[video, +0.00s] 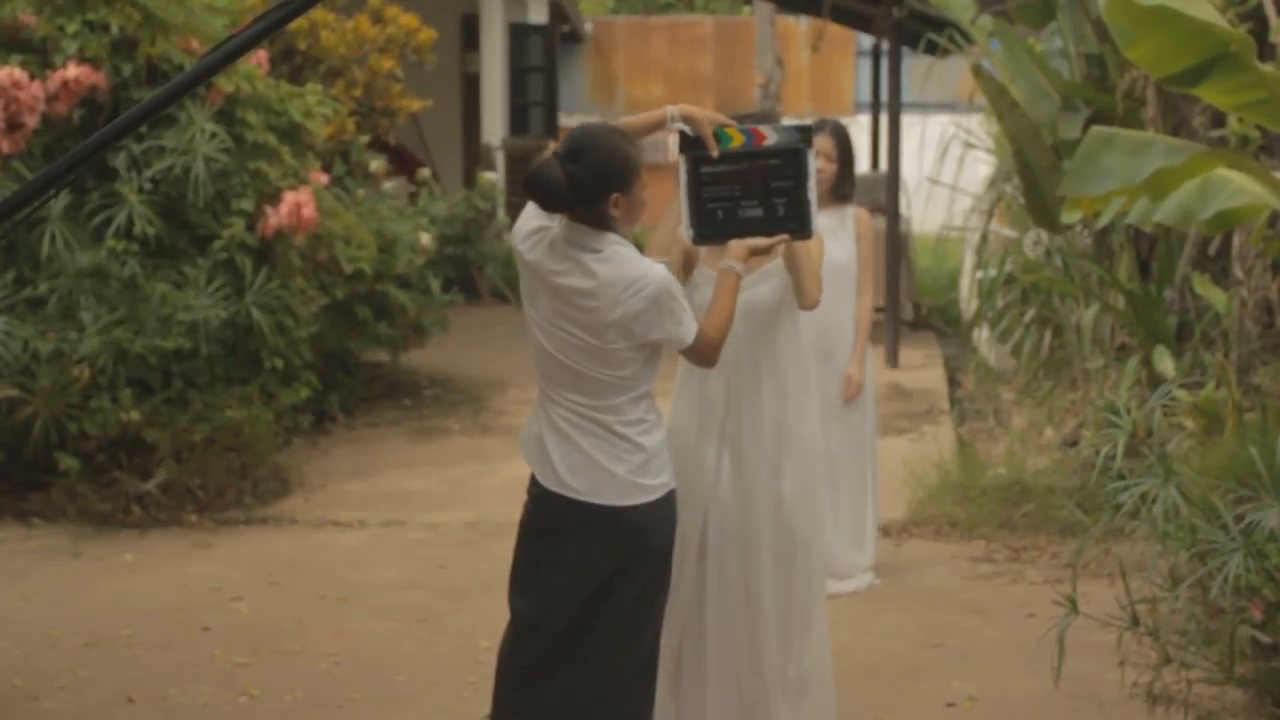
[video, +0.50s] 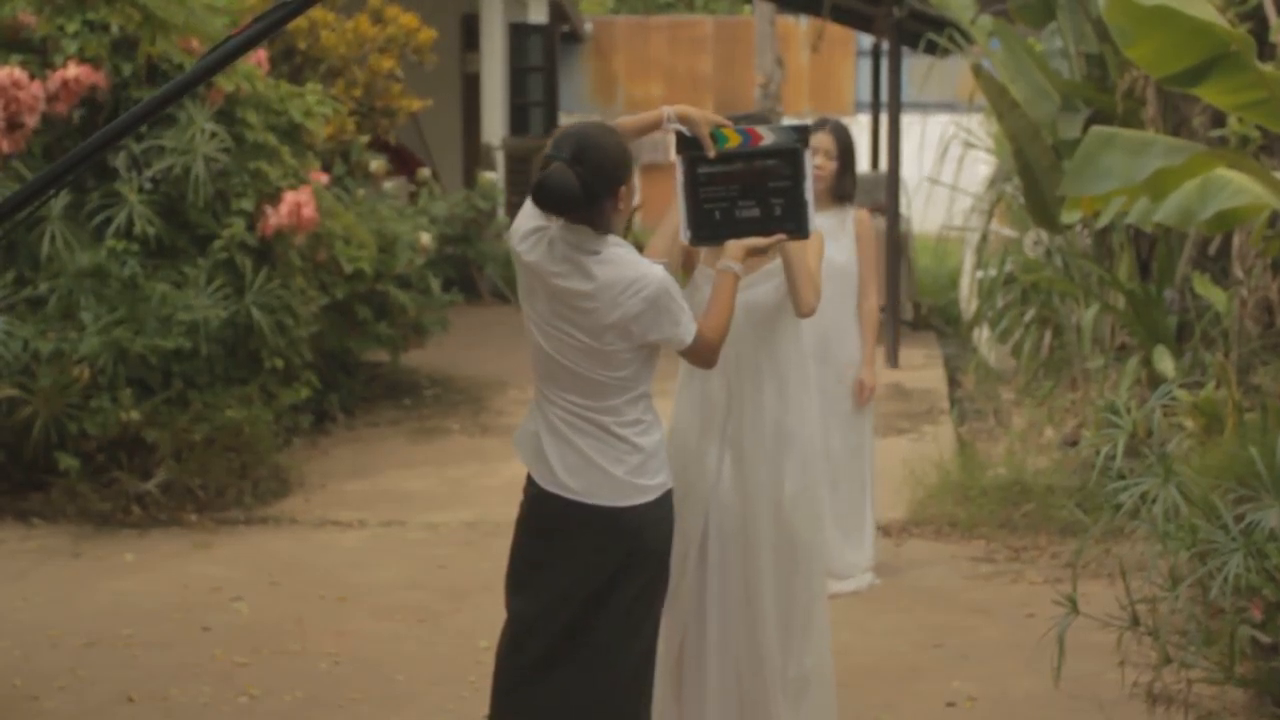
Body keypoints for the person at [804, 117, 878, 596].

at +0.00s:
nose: (817, 165)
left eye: (827, 158)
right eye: (812, 155)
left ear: (843, 167)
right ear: (799, 161)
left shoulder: (856, 220)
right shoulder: (783, 214)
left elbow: (866, 293)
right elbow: (762, 291)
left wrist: (856, 360)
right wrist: (759, 357)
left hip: (834, 352)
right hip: (785, 353)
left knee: (836, 456)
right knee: (787, 456)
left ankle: (840, 558)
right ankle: (788, 560)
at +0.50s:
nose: (817, 164)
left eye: (827, 156)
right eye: (811, 153)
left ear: (844, 166)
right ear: (798, 159)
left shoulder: (857, 221)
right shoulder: (781, 213)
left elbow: (869, 296)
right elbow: (756, 289)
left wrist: (867, 362)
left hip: (834, 355)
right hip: (781, 355)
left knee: (835, 456)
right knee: (782, 457)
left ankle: (840, 560)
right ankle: (783, 561)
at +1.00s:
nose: (828, 200)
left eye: (837, 191)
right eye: (822, 189)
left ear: (849, 184)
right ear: (806, 181)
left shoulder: (857, 222)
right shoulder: (787, 215)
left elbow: (867, 294)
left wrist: (866, 361)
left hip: (837, 354)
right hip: (787, 356)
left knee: (839, 456)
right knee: (791, 456)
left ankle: (842, 560)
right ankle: (791, 561)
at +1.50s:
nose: (829, 207)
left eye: (839, 198)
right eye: (822, 197)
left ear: (852, 192)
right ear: (806, 189)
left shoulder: (863, 225)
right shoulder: (789, 224)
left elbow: (874, 279)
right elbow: (752, 287)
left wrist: (894, 331)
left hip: (844, 359)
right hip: (789, 364)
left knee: (843, 462)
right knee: (790, 467)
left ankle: (843, 557)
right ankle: (795, 563)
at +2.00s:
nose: (834, 200)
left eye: (842, 191)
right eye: (825, 192)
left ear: (855, 190)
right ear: (810, 191)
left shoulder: (867, 224)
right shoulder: (796, 226)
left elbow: (878, 262)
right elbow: (776, 276)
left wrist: (890, 310)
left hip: (852, 353)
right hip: (800, 357)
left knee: (854, 453)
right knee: (804, 455)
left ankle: (853, 551)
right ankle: (809, 554)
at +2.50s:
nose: (834, 205)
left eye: (842, 197)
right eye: (826, 197)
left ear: (854, 194)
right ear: (809, 194)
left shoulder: (864, 227)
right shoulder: (792, 227)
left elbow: (887, 278)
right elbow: (764, 284)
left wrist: (902, 338)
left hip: (843, 359)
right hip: (791, 363)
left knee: (841, 456)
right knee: (790, 460)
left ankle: (838, 550)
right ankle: (796, 555)